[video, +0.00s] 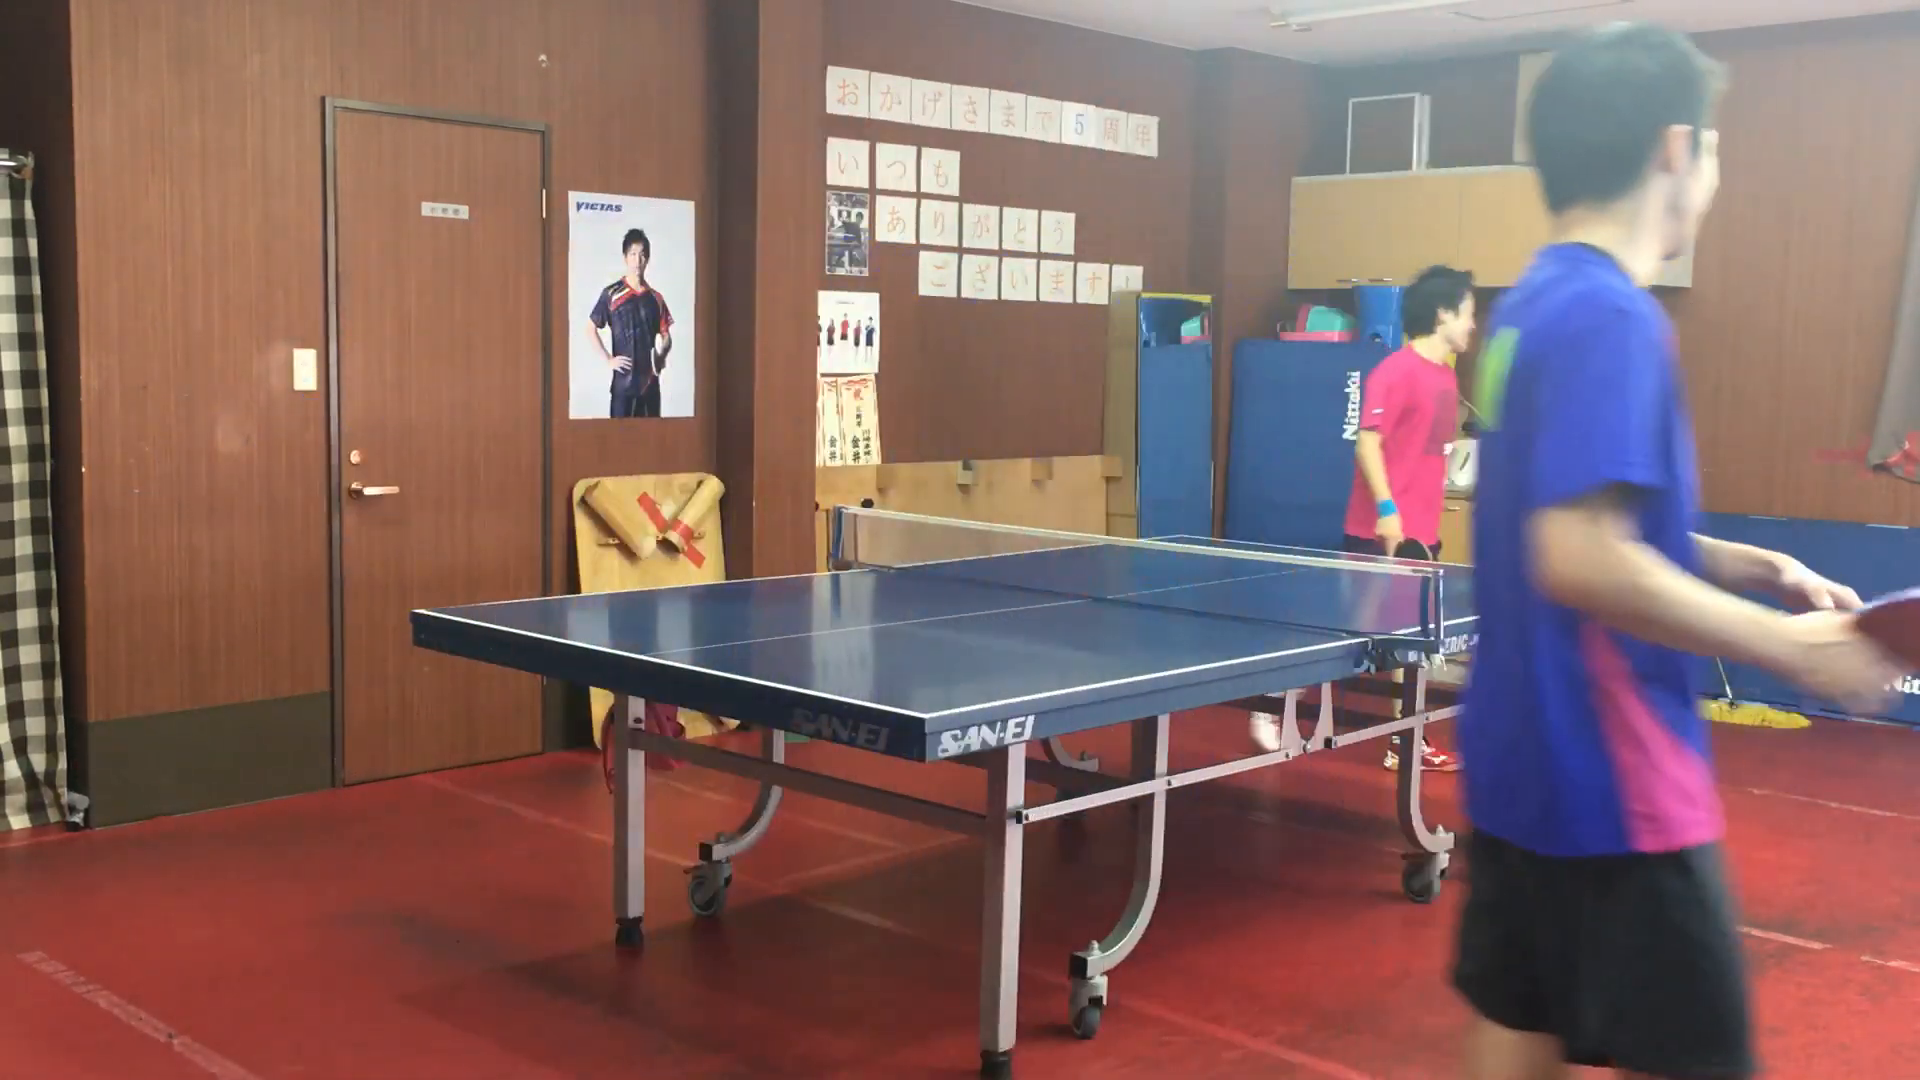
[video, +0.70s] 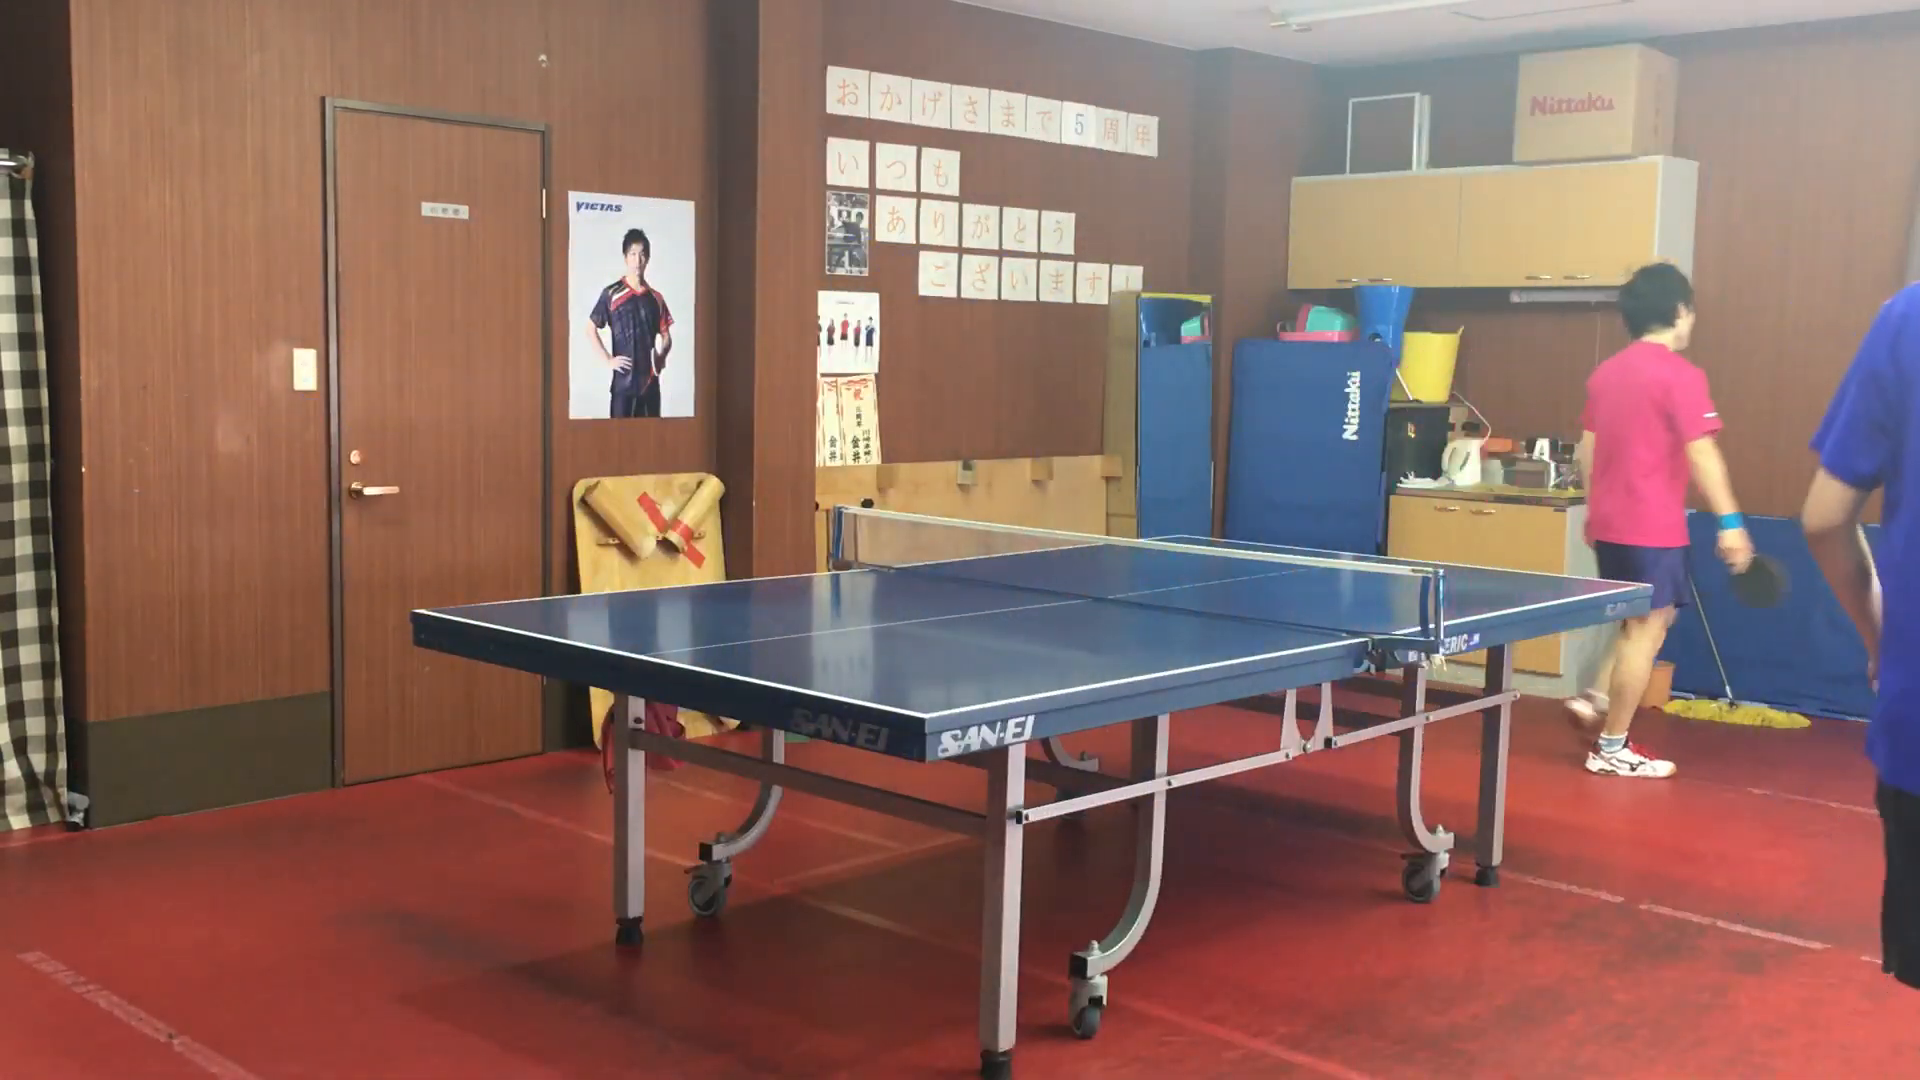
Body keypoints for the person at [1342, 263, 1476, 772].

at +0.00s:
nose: (1473, 325)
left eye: (1472, 314)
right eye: (1466, 314)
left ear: (1442, 318)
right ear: (1439, 316)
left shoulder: (1445, 375)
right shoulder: (1394, 371)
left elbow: (1430, 452)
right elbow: (1367, 442)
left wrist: (1432, 521)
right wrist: (1387, 511)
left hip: (1421, 534)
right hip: (1377, 531)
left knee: (1413, 642)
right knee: (1348, 629)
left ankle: (1408, 739)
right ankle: (1275, 709)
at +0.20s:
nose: (1529, 320)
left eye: (1528, 309)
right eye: (1523, 309)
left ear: (1492, 313)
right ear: (1499, 312)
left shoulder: (1486, 367)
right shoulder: (1466, 367)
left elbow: (1466, 448)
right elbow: (1442, 443)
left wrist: (1478, 519)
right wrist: (1442, 519)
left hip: (1476, 528)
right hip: (1460, 531)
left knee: (1455, 637)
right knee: (1476, 634)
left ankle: (1419, 734)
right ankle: (1447, 729)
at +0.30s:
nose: (1558, 322)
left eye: (1557, 312)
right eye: (1554, 312)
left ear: (1515, 317)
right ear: (1532, 316)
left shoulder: (1490, 367)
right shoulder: (1511, 372)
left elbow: (1468, 448)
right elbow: (1489, 450)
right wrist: (1482, 523)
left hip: (1466, 529)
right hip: (1505, 532)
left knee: (1436, 635)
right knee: (1544, 629)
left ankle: (1410, 734)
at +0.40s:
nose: (1592, 325)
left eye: (1589, 316)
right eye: (1588, 316)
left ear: (1541, 322)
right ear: (1570, 321)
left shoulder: (1518, 375)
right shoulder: (1553, 379)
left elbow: (1493, 454)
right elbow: (1536, 457)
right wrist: (1531, 530)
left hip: (1493, 536)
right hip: (1542, 538)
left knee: (1461, 631)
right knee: (1583, 622)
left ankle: (1414, 730)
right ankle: (1601, 744)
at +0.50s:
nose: (1628, 325)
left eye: (1626, 315)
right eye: (1624, 315)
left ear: (1571, 322)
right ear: (1606, 322)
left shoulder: (1553, 375)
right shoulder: (1594, 383)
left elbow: (1541, 459)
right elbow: (1589, 463)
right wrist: (1594, 538)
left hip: (1540, 538)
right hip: (1583, 541)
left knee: (1527, 632)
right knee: (1619, 625)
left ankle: (1446, 714)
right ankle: (1610, 746)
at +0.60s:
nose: (1661, 321)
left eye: (1659, 311)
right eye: (1658, 311)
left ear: (1604, 317)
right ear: (1643, 317)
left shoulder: (1577, 375)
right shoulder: (1639, 380)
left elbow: (1577, 457)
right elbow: (1647, 460)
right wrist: (1664, 532)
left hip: (1578, 533)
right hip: (1622, 536)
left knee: (1595, 627)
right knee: (1637, 634)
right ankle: (1612, 747)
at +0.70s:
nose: (1692, 317)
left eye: (1690, 308)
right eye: (1690, 308)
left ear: (1633, 315)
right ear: (1677, 314)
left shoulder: (1604, 373)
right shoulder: (1681, 375)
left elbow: (1588, 453)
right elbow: (1703, 455)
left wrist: (1595, 514)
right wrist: (1730, 524)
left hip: (1608, 527)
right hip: (1653, 530)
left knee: (1663, 610)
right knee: (1645, 629)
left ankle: (1597, 694)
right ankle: (1612, 747)